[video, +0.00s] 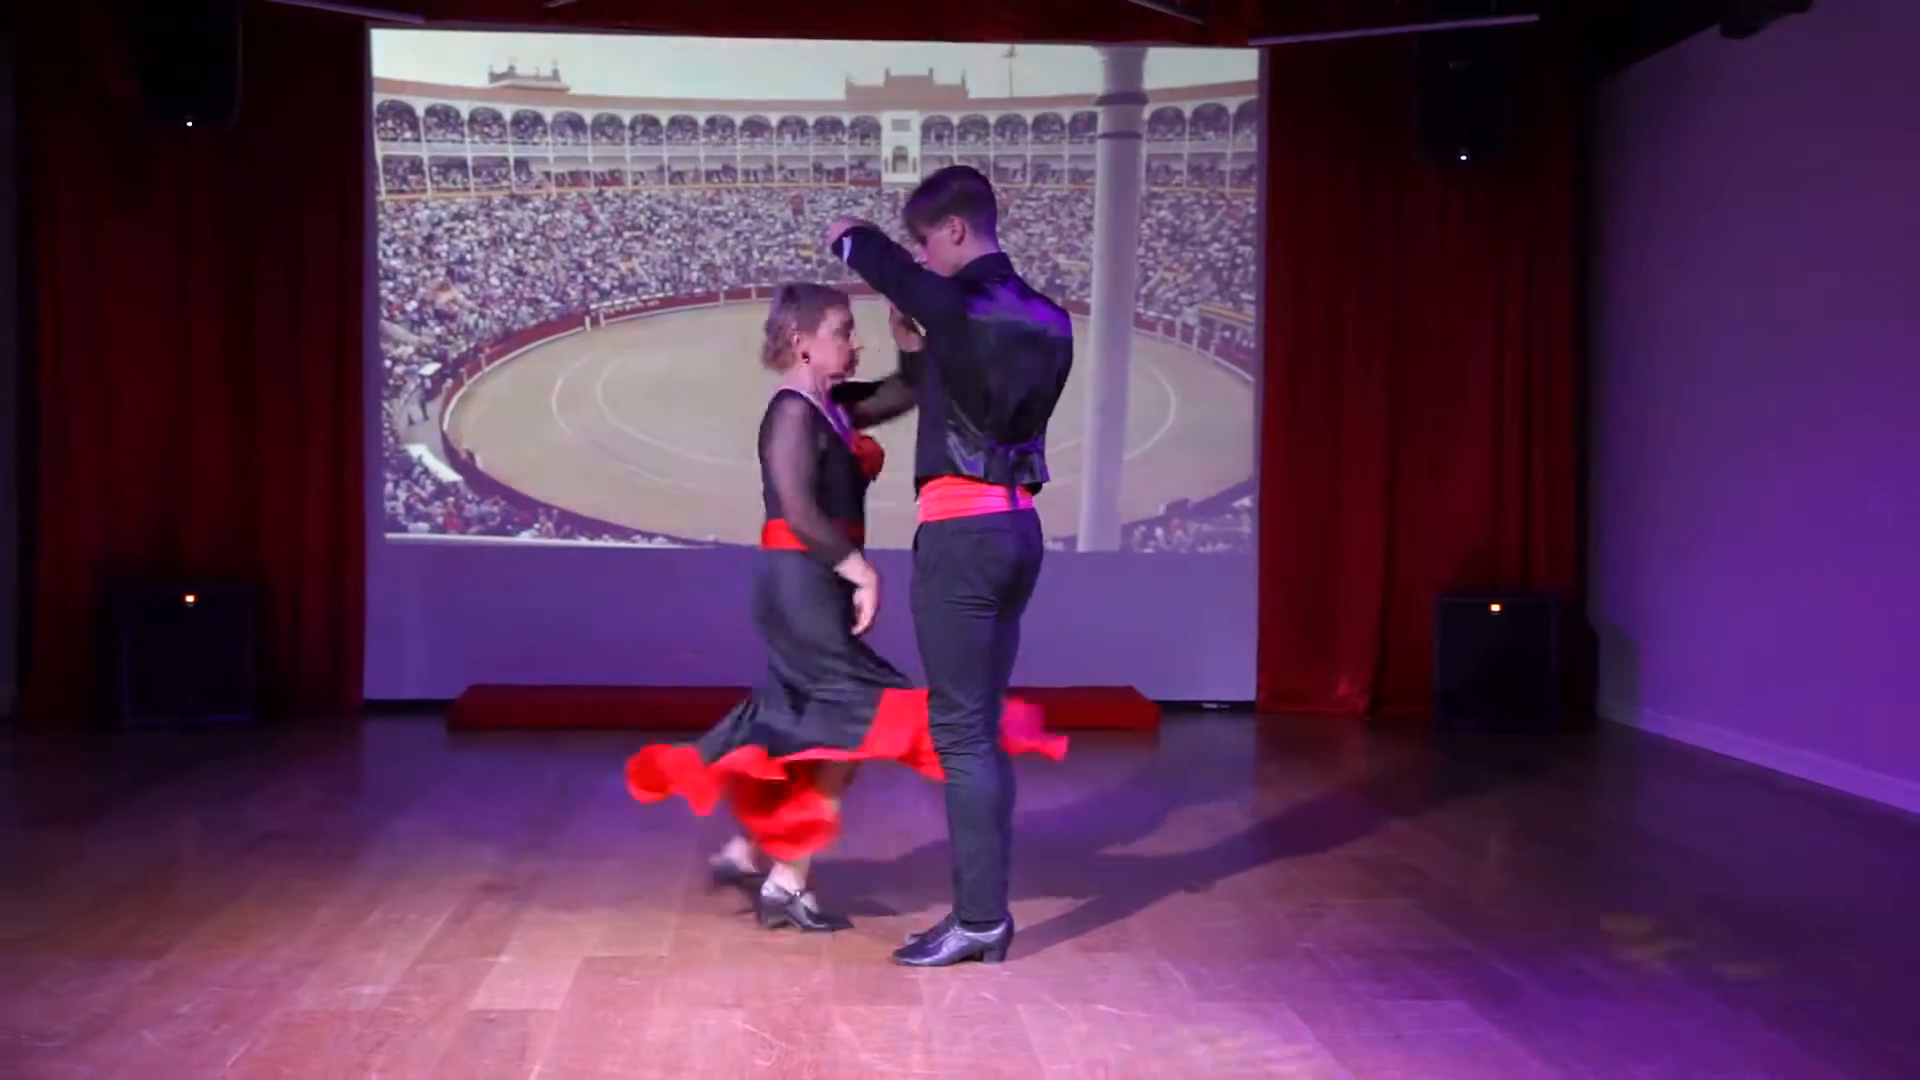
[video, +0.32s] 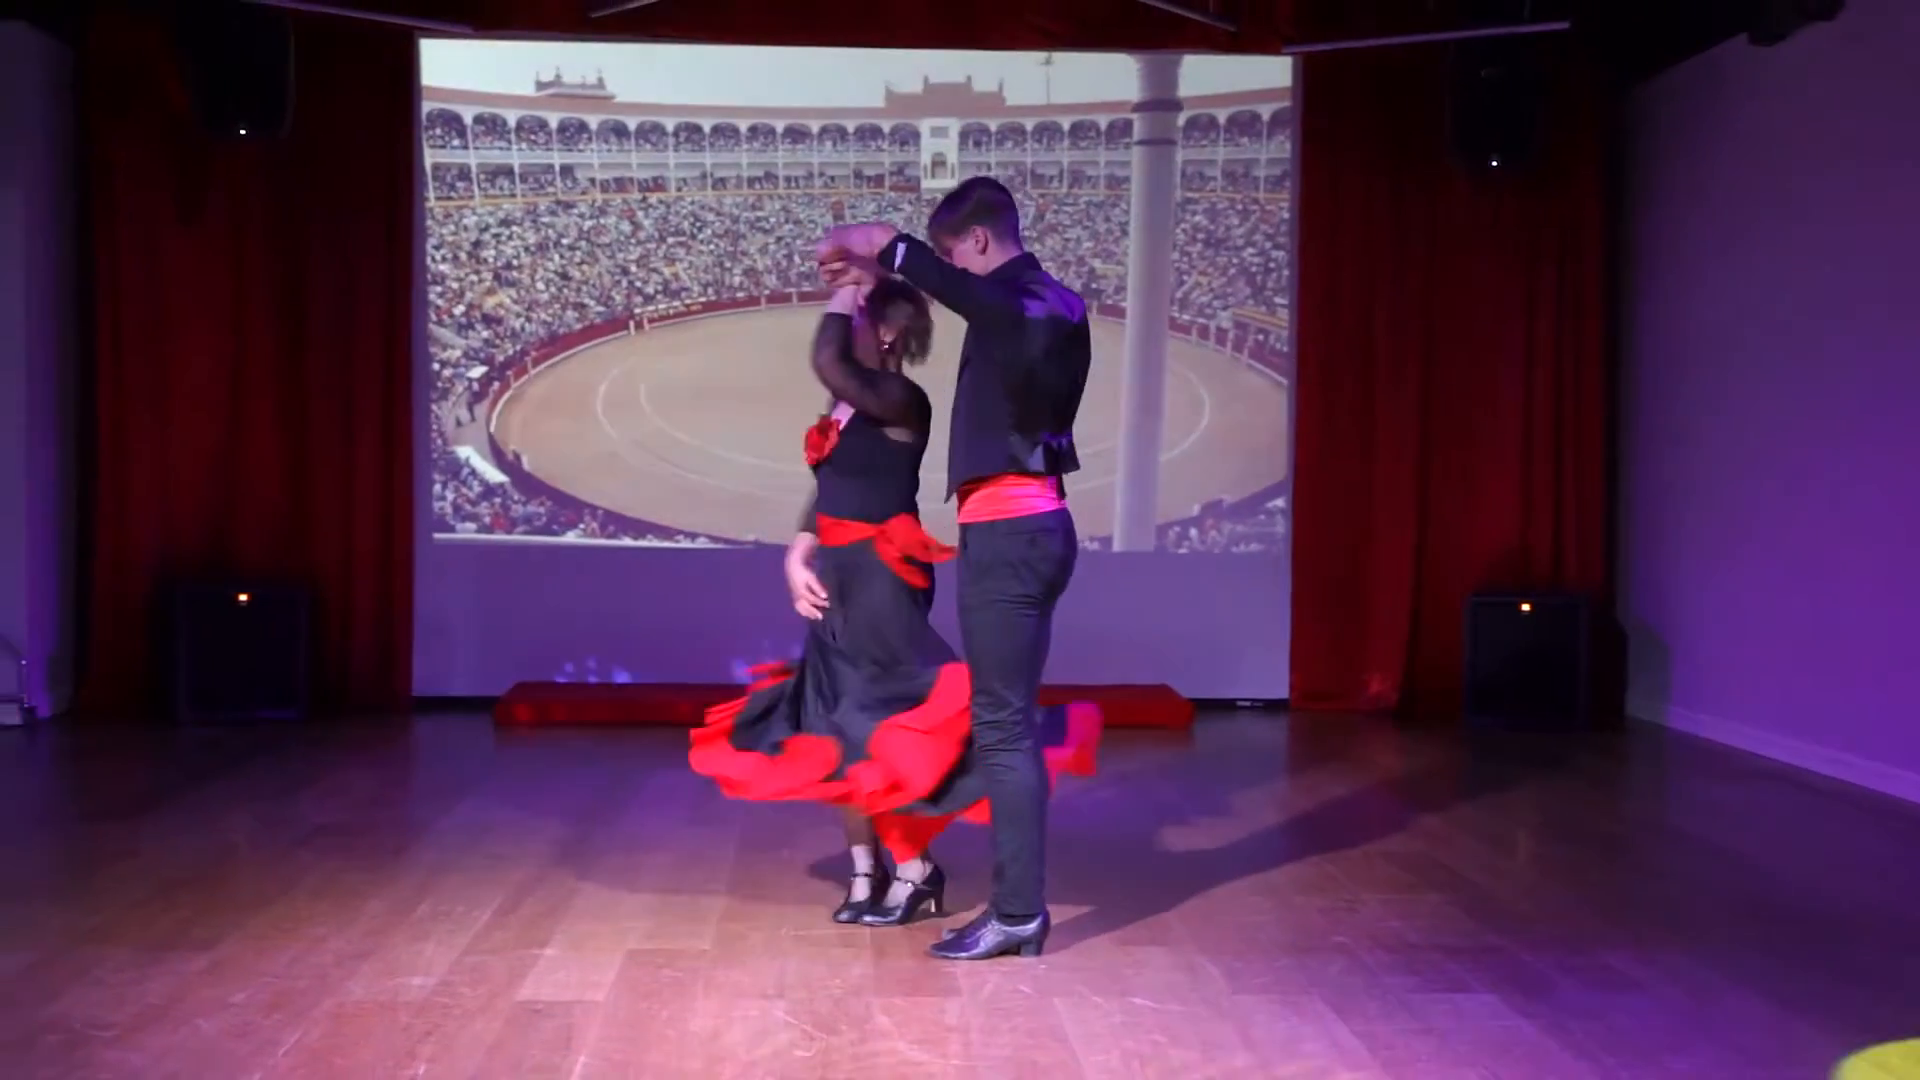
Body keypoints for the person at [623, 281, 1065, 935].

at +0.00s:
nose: (854, 343)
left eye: (853, 332)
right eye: (843, 332)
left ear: (813, 343)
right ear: (801, 342)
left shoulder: (833, 405)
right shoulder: (794, 412)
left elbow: (908, 388)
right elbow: (797, 509)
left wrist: (911, 341)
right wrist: (860, 568)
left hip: (812, 583)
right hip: (799, 585)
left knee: (814, 723)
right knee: (855, 714)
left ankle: (750, 849)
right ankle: (785, 878)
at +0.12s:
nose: (856, 335)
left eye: (865, 324)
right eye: (841, 322)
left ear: (875, 339)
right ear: (811, 335)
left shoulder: (885, 408)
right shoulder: (781, 408)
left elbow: (943, 402)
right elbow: (749, 500)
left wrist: (909, 323)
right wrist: (808, 573)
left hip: (869, 581)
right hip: (798, 580)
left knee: (890, 715)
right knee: (815, 722)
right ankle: (817, 868)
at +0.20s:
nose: (849, 333)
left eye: (862, 322)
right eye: (839, 321)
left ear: (887, 332)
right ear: (823, 331)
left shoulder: (908, 404)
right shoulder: (790, 404)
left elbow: (904, 381)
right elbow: (756, 497)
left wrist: (890, 308)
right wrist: (783, 576)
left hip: (881, 579)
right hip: (807, 581)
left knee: (898, 724)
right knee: (816, 728)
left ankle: (907, 868)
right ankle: (843, 871)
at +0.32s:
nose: (847, 331)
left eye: (861, 322)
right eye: (850, 321)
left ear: (888, 334)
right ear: (869, 332)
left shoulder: (904, 401)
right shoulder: (848, 407)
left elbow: (830, 364)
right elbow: (828, 492)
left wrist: (845, 293)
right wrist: (799, 549)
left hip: (883, 572)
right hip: (841, 571)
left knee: (876, 718)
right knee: (842, 717)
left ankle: (913, 869)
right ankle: (865, 867)